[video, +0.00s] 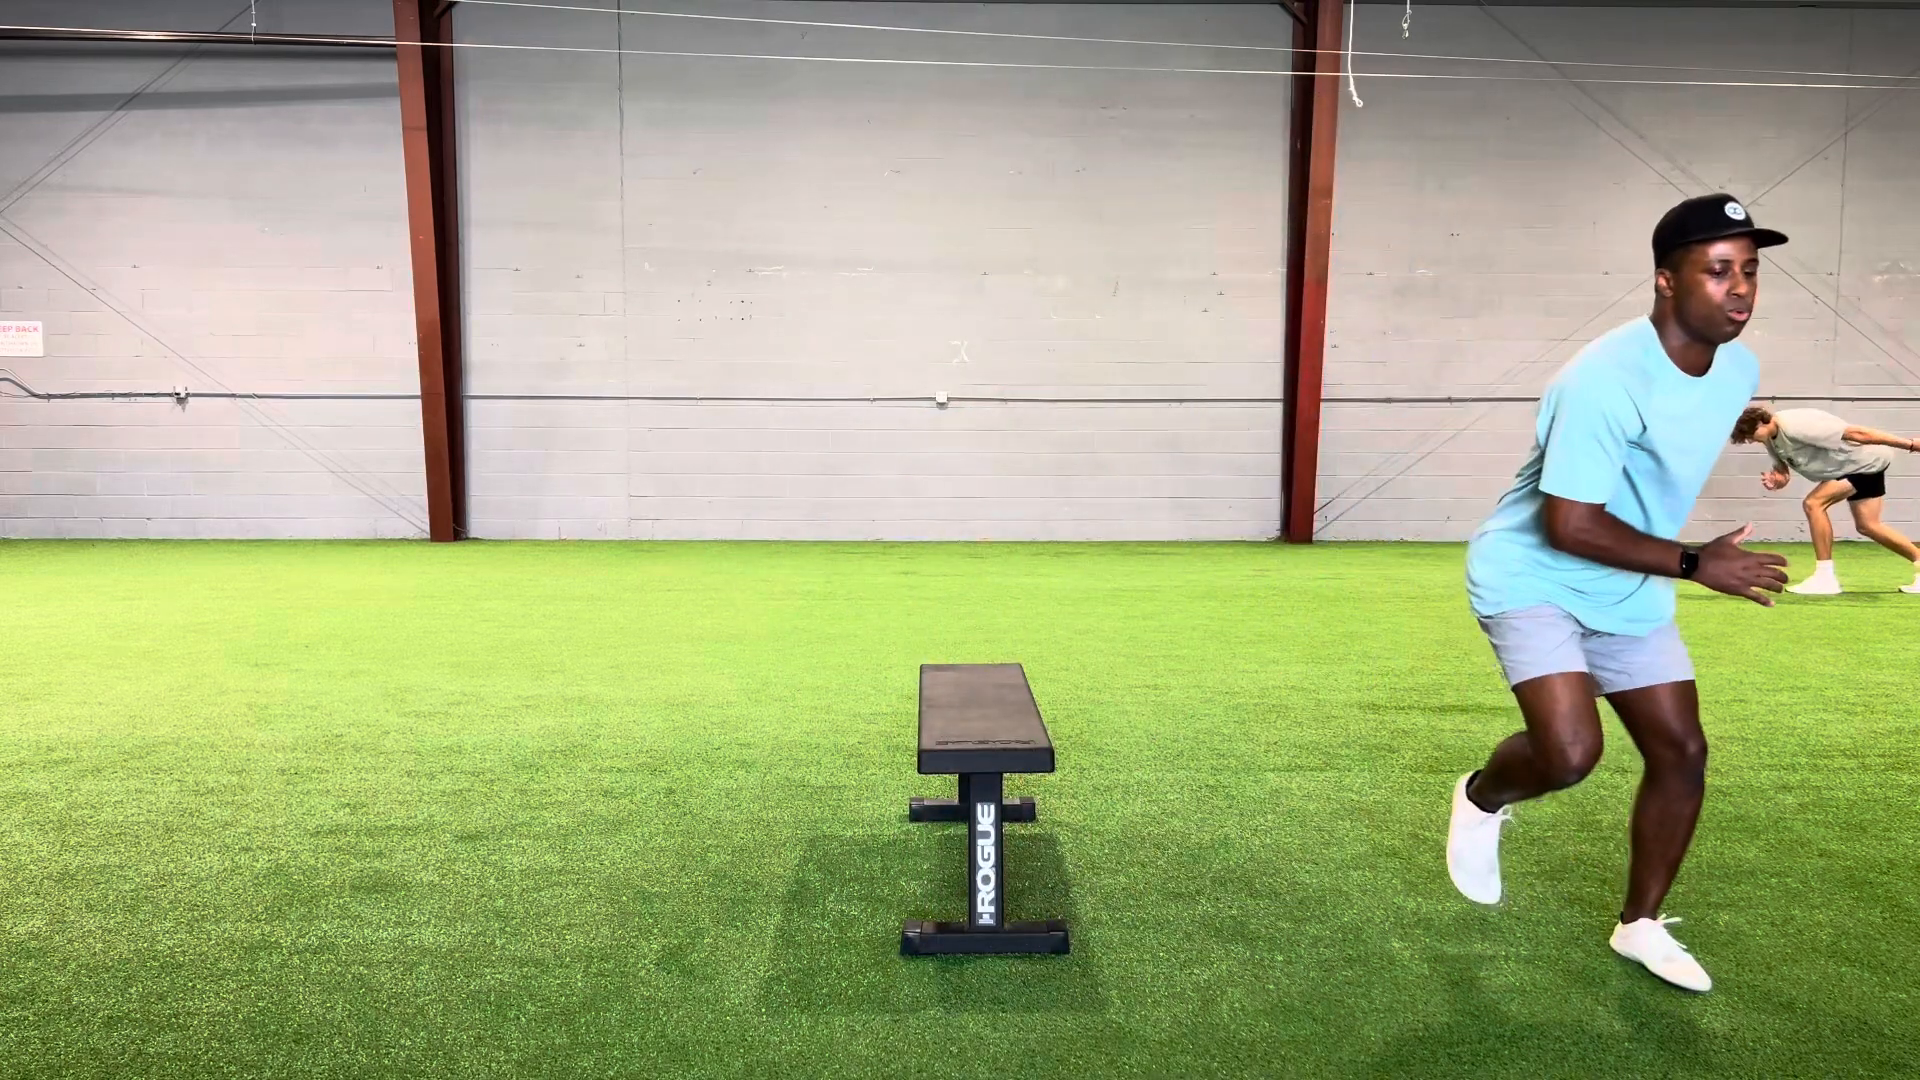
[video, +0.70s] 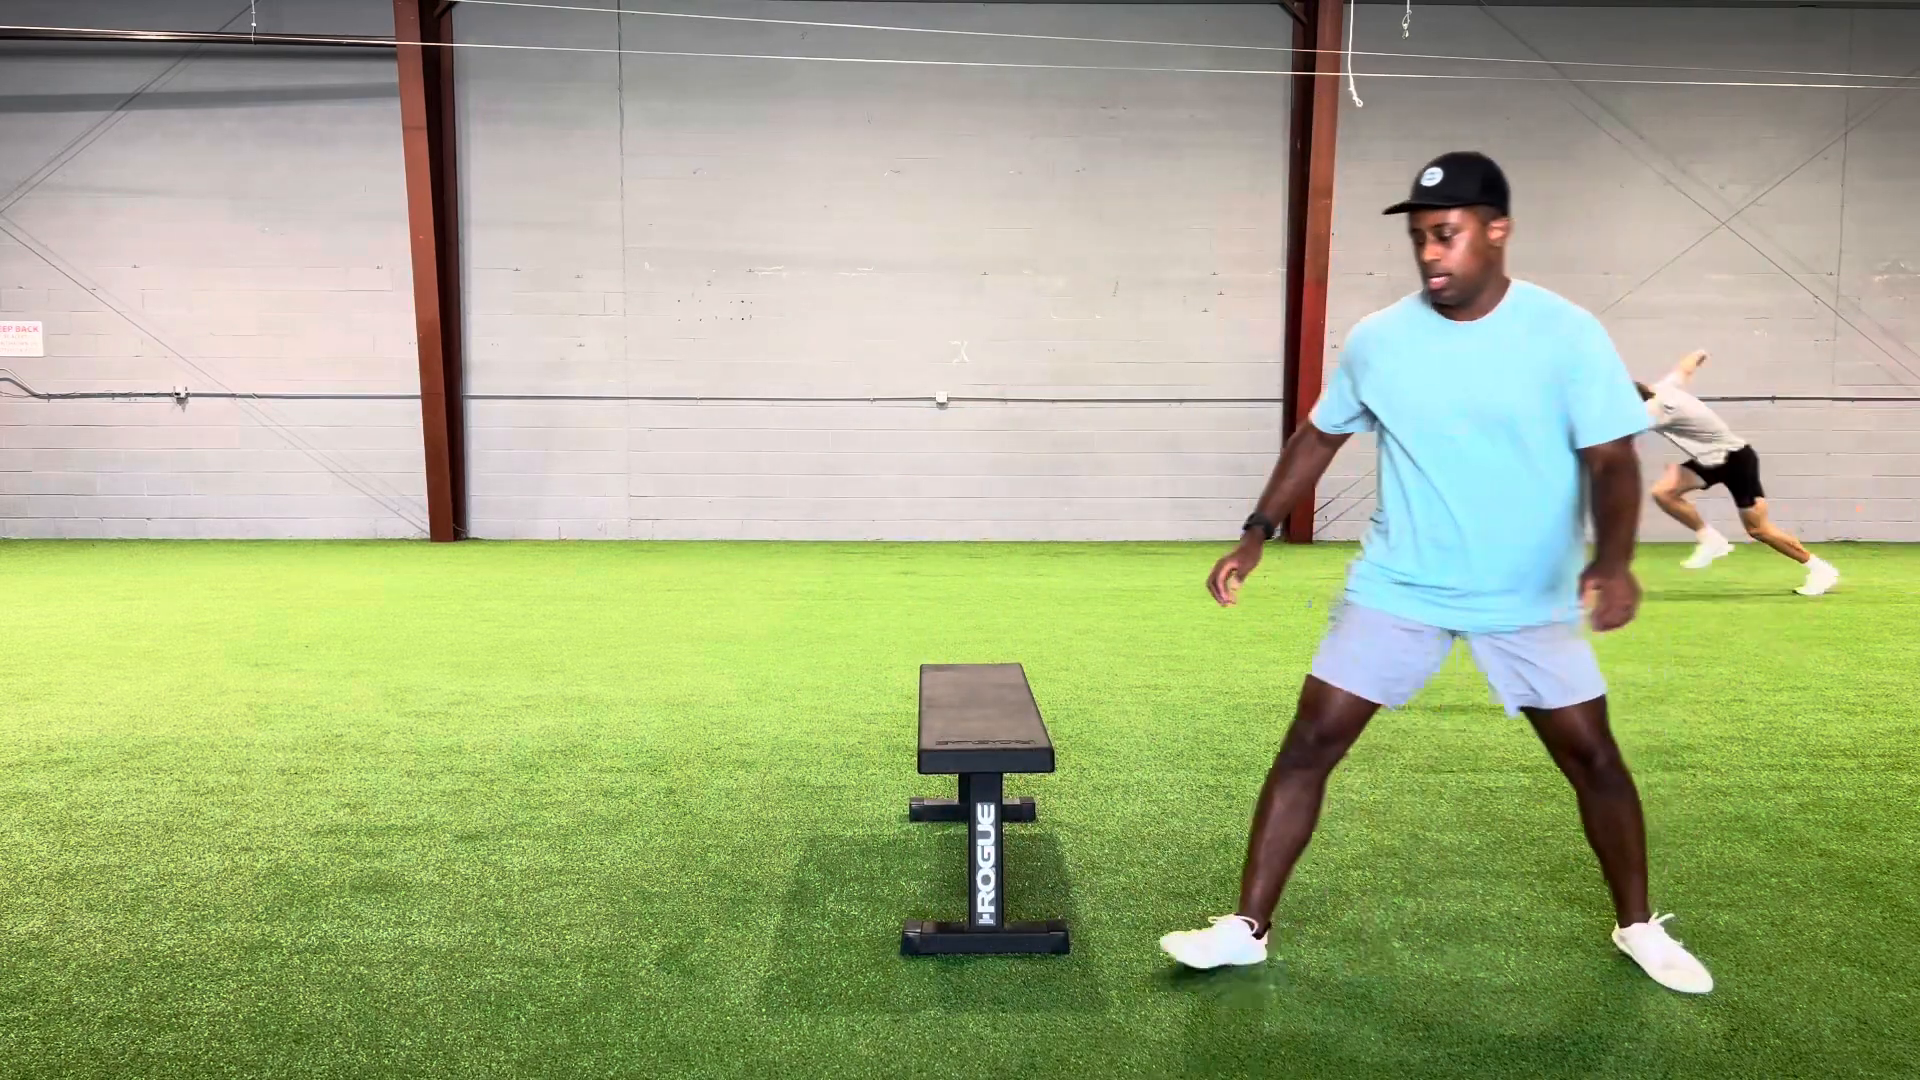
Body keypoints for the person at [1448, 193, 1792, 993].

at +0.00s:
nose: (1743, 290)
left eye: (1749, 271)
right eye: (1721, 272)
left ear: (1756, 277)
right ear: (1667, 283)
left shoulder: (1737, 367)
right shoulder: (1602, 380)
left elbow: (1700, 429)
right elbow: (1570, 524)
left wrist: (1753, 423)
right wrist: (1694, 562)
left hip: (1629, 575)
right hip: (1529, 568)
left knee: (1681, 750)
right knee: (1569, 752)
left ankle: (1640, 922)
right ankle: (1478, 800)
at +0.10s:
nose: (1742, 286)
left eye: (1750, 268)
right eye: (1720, 268)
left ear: (1756, 275)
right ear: (1666, 280)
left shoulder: (1741, 365)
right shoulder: (1597, 376)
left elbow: (1730, 419)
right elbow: (1563, 520)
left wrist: (1761, 433)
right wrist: (1687, 569)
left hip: (1632, 574)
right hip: (1533, 566)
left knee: (1687, 751)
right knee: (1569, 751)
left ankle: (1641, 922)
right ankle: (1489, 800)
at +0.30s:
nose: (1685, 262)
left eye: (1702, 243)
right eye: (1664, 243)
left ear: (1722, 250)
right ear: (1631, 245)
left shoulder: (1734, 357)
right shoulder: (1561, 340)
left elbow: (1727, 487)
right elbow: (1506, 477)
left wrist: (1743, 607)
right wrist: (1559, 604)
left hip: (1634, 569)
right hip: (1522, 559)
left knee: (1672, 742)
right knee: (1522, 739)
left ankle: (1641, 919)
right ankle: (1490, 829)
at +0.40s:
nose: (1629, 248)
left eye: (1649, 229)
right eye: (1615, 228)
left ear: (1686, 234)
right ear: (1595, 228)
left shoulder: (1719, 344)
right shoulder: (1530, 322)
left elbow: (1744, 474)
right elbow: (1457, 446)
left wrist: (1778, 598)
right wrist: (1453, 575)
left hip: (1622, 578)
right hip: (1507, 560)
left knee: (1654, 739)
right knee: (1463, 730)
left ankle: (1640, 919)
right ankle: (1439, 862)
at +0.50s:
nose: (1572, 245)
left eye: (1592, 227)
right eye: (1560, 226)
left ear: (1639, 228)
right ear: (1546, 226)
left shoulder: (1694, 340)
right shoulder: (1490, 324)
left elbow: (1741, 467)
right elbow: (1404, 430)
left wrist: (1779, 578)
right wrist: (1369, 548)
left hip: (1601, 581)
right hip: (1475, 561)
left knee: (1644, 745)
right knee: (1409, 721)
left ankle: (1640, 922)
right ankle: (1363, 897)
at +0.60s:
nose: (1508, 255)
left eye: (1527, 235)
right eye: (1498, 237)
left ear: (1578, 234)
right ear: (1486, 238)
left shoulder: (1645, 340)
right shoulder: (1443, 338)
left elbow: (1696, 460)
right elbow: (1365, 433)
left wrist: (1719, 564)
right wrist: (1309, 534)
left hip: (1576, 591)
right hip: (1446, 578)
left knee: (1633, 754)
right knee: (1359, 730)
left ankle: (1638, 925)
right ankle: (1282, 912)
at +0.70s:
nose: (1430, 254)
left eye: (1448, 236)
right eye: (1420, 238)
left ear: (1499, 234)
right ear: (1413, 240)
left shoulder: (1568, 335)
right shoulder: (1378, 343)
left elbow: (1615, 461)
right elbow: (1316, 441)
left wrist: (1614, 560)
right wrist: (1256, 531)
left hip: (1530, 597)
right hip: (1400, 589)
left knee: (1594, 757)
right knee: (1313, 736)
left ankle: (1638, 925)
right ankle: (1248, 924)